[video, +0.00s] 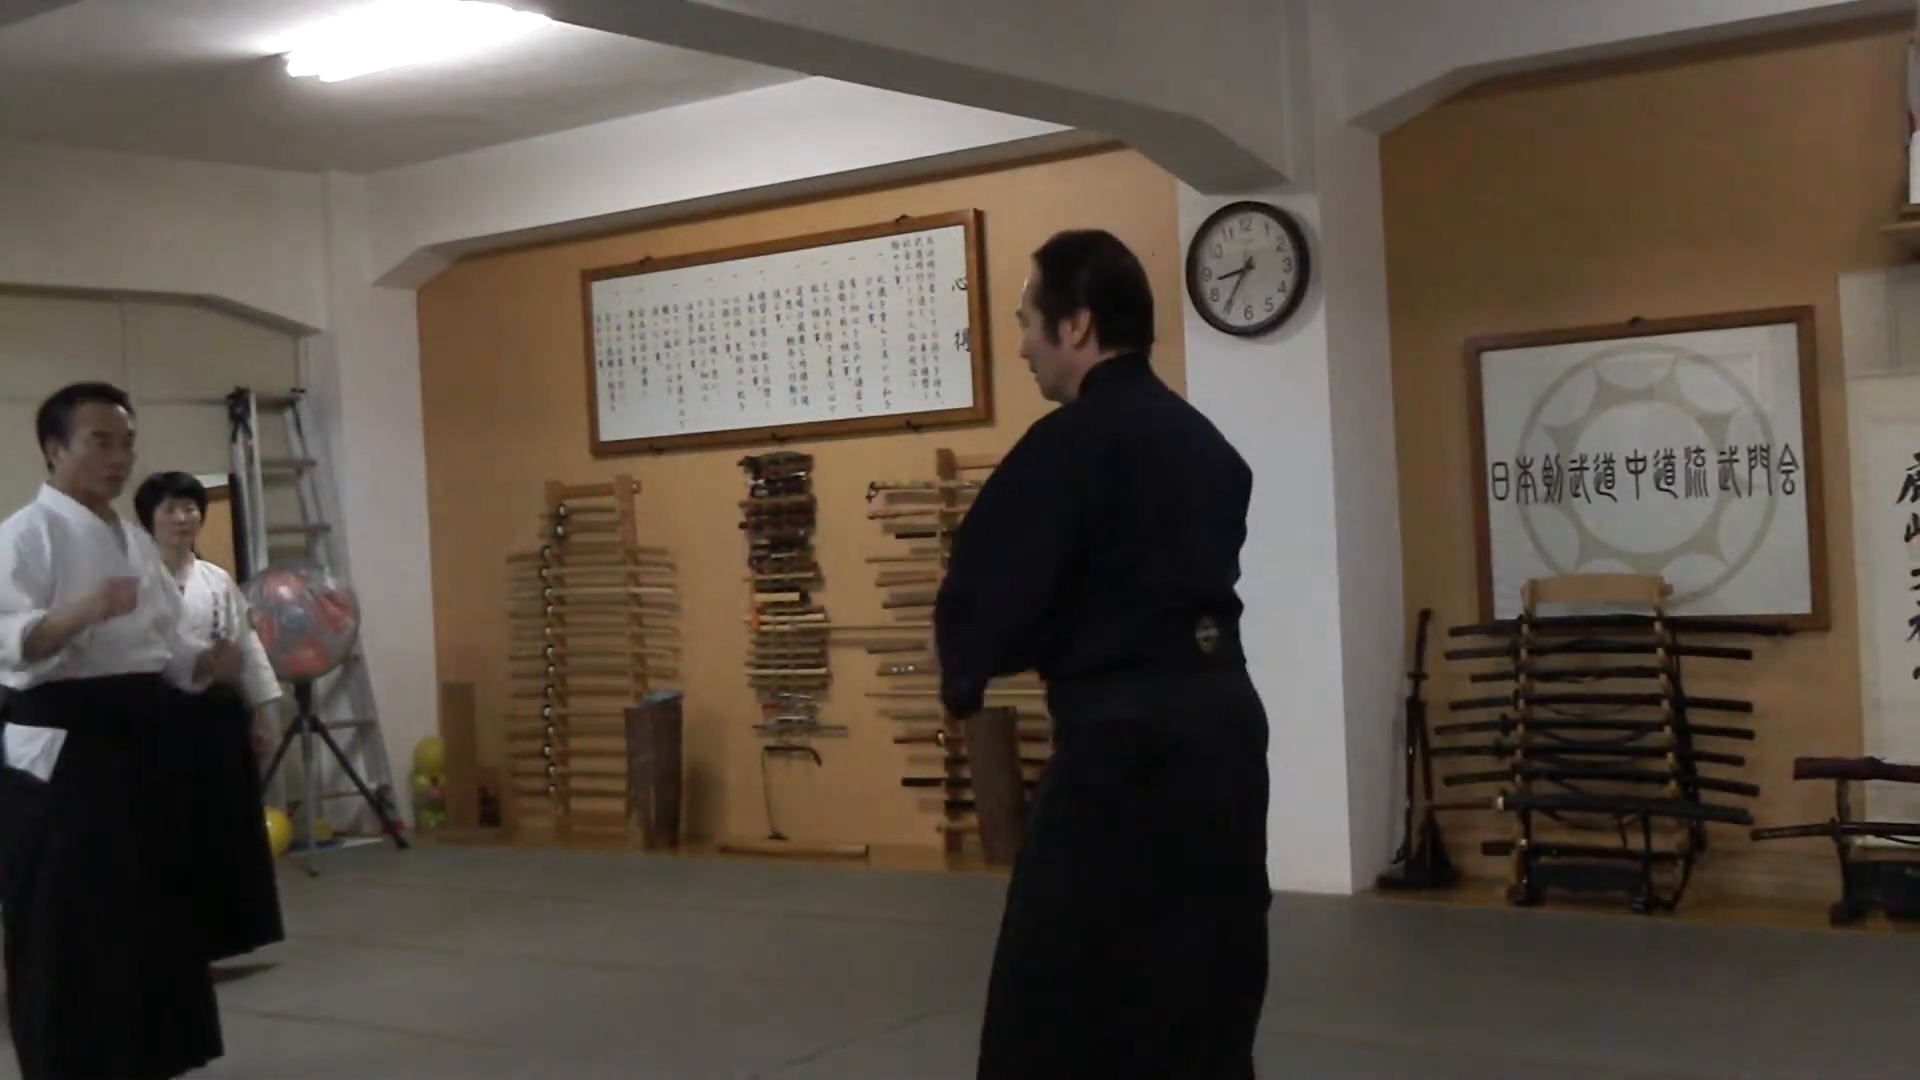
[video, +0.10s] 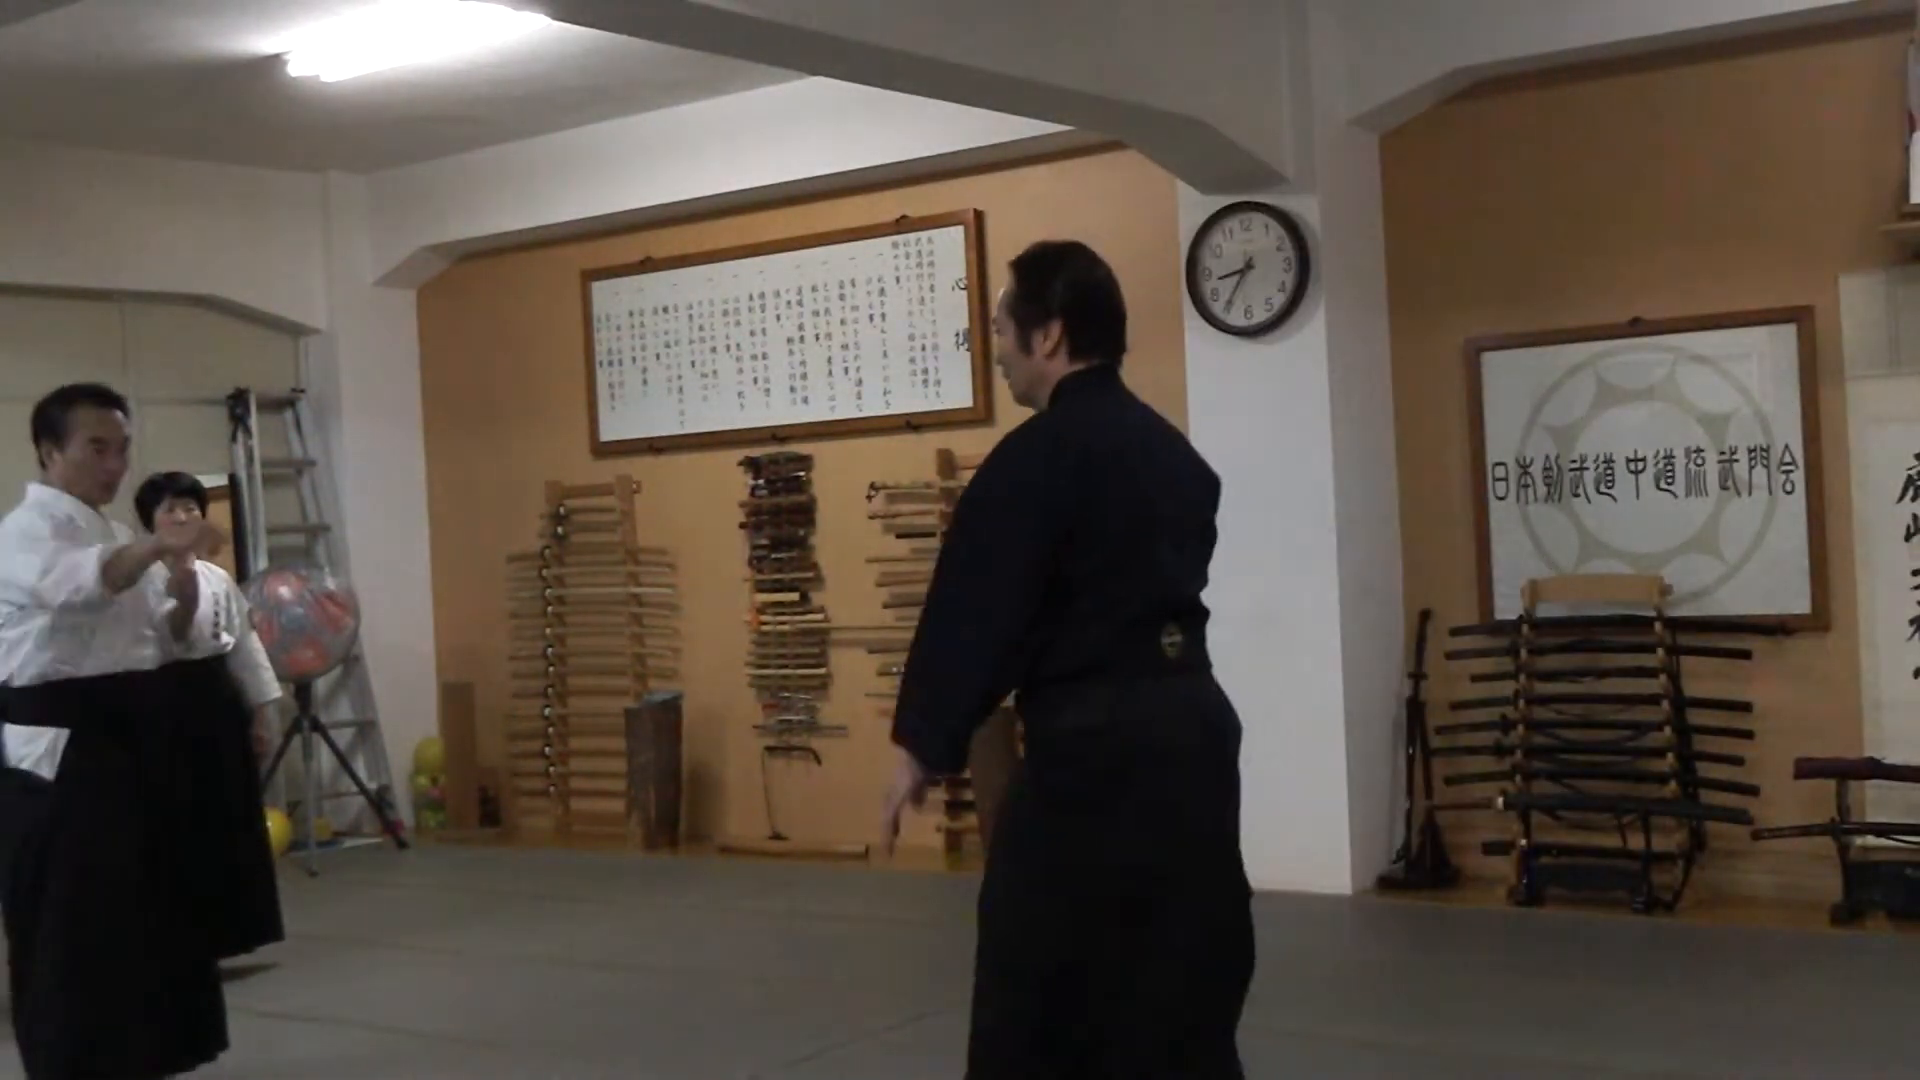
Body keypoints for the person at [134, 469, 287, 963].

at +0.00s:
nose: (183, 517)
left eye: (191, 509)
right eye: (171, 509)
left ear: (202, 519)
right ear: (149, 519)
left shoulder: (217, 581)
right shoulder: (138, 581)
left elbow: (246, 647)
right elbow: (130, 658)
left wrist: (264, 711)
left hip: (214, 719)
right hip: (154, 722)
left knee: (218, 830)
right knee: (164, 838)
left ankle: (213, 938)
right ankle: (171, 943)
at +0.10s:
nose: (183, 516)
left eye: (191, 508)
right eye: (170, 509)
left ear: (204, 518)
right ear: (148, 522)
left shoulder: (217, 579)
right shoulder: (141, 581)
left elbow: (243, 643)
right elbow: (136, 656)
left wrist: (263, 707)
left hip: (217, 704)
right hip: (160, 711)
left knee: (226, 816)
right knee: (174, 826)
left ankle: (230, 930)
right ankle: (184, 936)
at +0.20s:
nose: (182, 522)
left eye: (191, 512)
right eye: (169, 514)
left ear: (203, 519)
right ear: (147, 522)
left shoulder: (216, 579)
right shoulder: (135, 583)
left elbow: (243, 645)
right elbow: (135, 651)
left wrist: (263, 708)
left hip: (215, 698)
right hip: (158, 702)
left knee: (222, 812)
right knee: (167, 819)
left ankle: (225, 929)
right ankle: (172, 933)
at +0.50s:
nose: (186, 522)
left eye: (195, 512)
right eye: (173, 513)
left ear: (207, 519)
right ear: (148, 523)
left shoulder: (219, 580)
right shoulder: (137, 583)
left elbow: (245, 644)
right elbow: (131, 654)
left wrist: (265, 707)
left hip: (218, 700)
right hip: (160, 704)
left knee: (224, 814)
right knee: (169, 821)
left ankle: (222, 934)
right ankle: (176, 938)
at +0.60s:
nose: (187, 521)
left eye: (195, 511)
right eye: (174, 513)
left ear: (208, 519)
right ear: (149, 523)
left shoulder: (221, 580)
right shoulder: (139, 583)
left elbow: (246, 645)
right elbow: (133, 655)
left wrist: (265, 710)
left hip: (220, 699)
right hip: (162, 704)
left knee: (226, 814)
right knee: (174, 821)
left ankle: (229, 932)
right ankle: (181, 938)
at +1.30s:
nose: (197, 517)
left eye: (203, 508)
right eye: (184, 509)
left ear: (215, 518)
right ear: (159, 521)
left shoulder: (222, 578)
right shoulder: (148, 575)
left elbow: (249, 643)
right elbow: (137, 652)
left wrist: (269, 708)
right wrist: (141, 720)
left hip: (225, 701)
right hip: (170, 703)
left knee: (231, 814)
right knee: (180, 819)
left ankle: (232, 932)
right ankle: (187, 938)